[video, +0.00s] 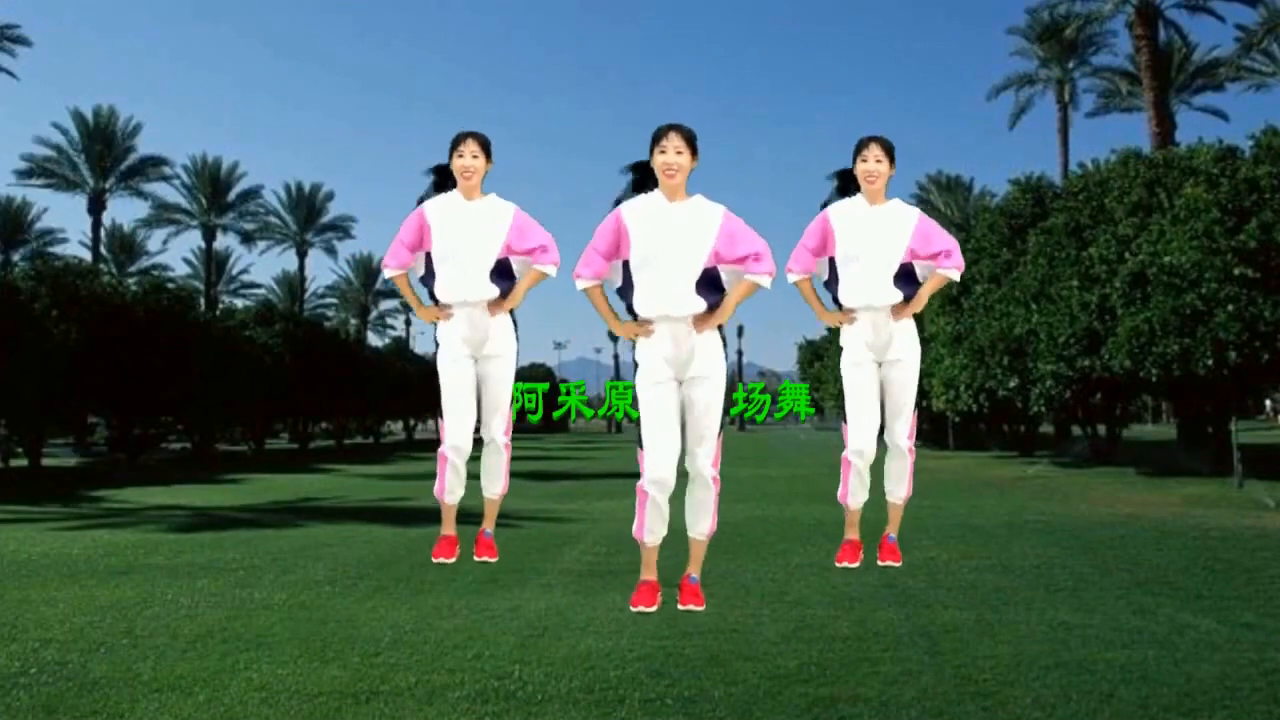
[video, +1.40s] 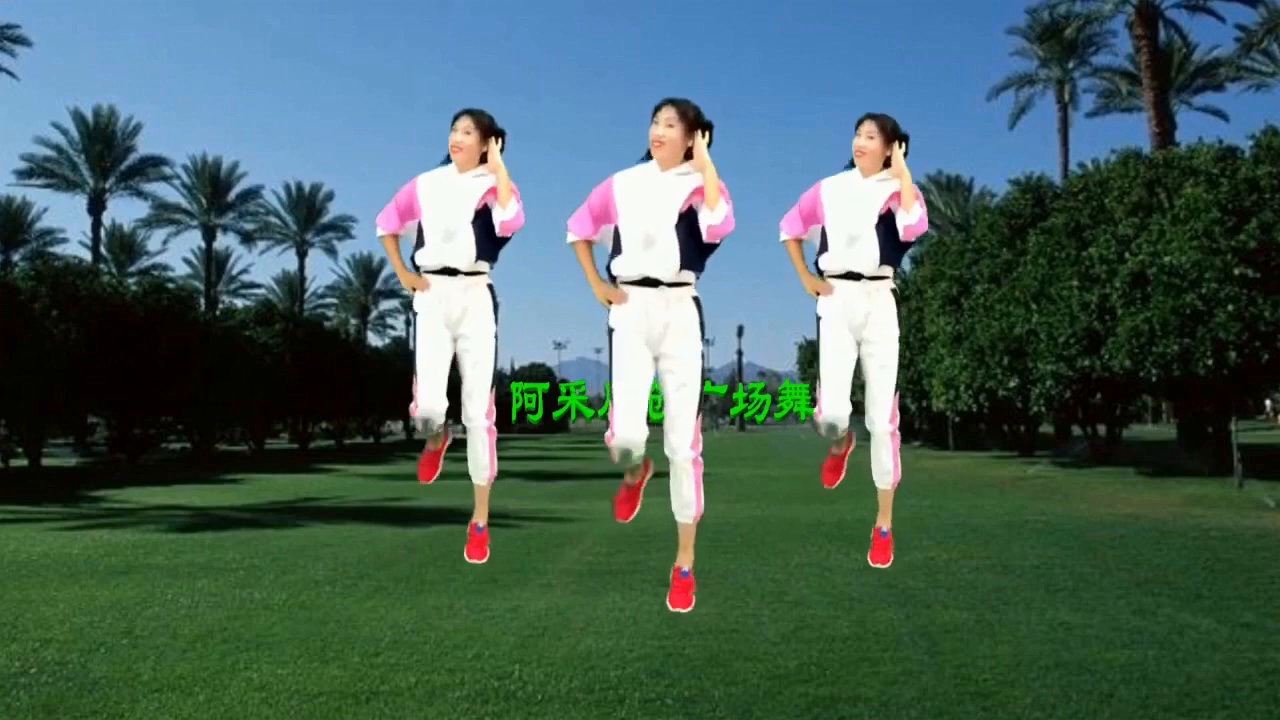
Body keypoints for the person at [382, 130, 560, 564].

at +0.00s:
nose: (467, 162)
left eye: (475, 156)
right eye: (460, 156)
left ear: (488, 165)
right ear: (451, 164)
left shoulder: (505, 212)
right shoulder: (430, 212)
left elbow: (548, 254)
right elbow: (394, 263)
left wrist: (515, 297)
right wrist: (420, 308)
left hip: (496, 325)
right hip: (452, 327)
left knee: (496, 431)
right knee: (456, 431)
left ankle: (488, 532)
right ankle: (448, 531)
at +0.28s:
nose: (462, 162)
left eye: (470, 154)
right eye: (457, 155)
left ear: (488, 161)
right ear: (450, 163)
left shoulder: (508, 205)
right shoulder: (433, 208)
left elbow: (562, 221)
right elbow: (392, 258)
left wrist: (528, 255)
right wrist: (419, 303)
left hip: (495, 316)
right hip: (450, 318)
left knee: (493, 428)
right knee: (453, 428)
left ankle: (484, 531)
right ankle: (445, 530)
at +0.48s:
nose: (465, 156)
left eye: (473, 149)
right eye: (461, 150)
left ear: (493, 155)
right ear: (455, 157)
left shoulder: (515, 198)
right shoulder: (438, 202)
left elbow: (569, 212)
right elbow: (394, 248)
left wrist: (541, 198)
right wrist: (421, 294)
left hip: (494, 310)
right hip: (449, 310)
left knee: (491, 426)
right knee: (448, 428)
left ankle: (487, 531)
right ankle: (444, 530)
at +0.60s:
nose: (469, 179)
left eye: (478, 172)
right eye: (465, 172)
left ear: (498, 179)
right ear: (460, 179)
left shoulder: (512, 227)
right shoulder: (439, 221)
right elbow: (398, 270)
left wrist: (527, 232)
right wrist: (416, 318)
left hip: (496, 332)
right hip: (452, 333)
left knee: (496, 439)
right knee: (469, 440)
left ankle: (485, 533)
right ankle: (454, 514)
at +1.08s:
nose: (452, 180)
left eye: (460, 173)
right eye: (448, 173)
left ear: (479, 180)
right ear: (443, 180)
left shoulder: (497, 226)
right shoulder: (426, 225)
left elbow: (483, 261)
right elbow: (384, 261)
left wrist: (471, 206)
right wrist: (403, 306)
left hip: (468, 340)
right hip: (423, 334)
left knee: (461, 453)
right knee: (410, 441)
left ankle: (483, 529)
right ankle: (386, 523)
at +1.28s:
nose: (449, 140)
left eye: (458, 134)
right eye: (447, 133)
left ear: (479, 142)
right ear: (446, 142)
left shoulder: (496, 187)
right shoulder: (426, 187)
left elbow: (512, 217)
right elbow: (386, 223)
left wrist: (494, 162)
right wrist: (402, 267)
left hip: (471, 300)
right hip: (426, 296)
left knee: (476, 415)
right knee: (409, 408)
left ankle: (486, 522)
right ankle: (391, 497)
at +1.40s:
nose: (455, 138)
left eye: (465, 133)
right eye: (453, 132)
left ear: (486, 143)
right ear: (449, 140)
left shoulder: (497, 186)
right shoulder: (427, 183)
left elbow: (508, 224)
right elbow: (386, 223)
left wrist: (498, 166)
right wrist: (403, 272)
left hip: (476, 293)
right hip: (432, 292)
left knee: (477, 411)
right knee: (428, 410)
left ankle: (479, 521)